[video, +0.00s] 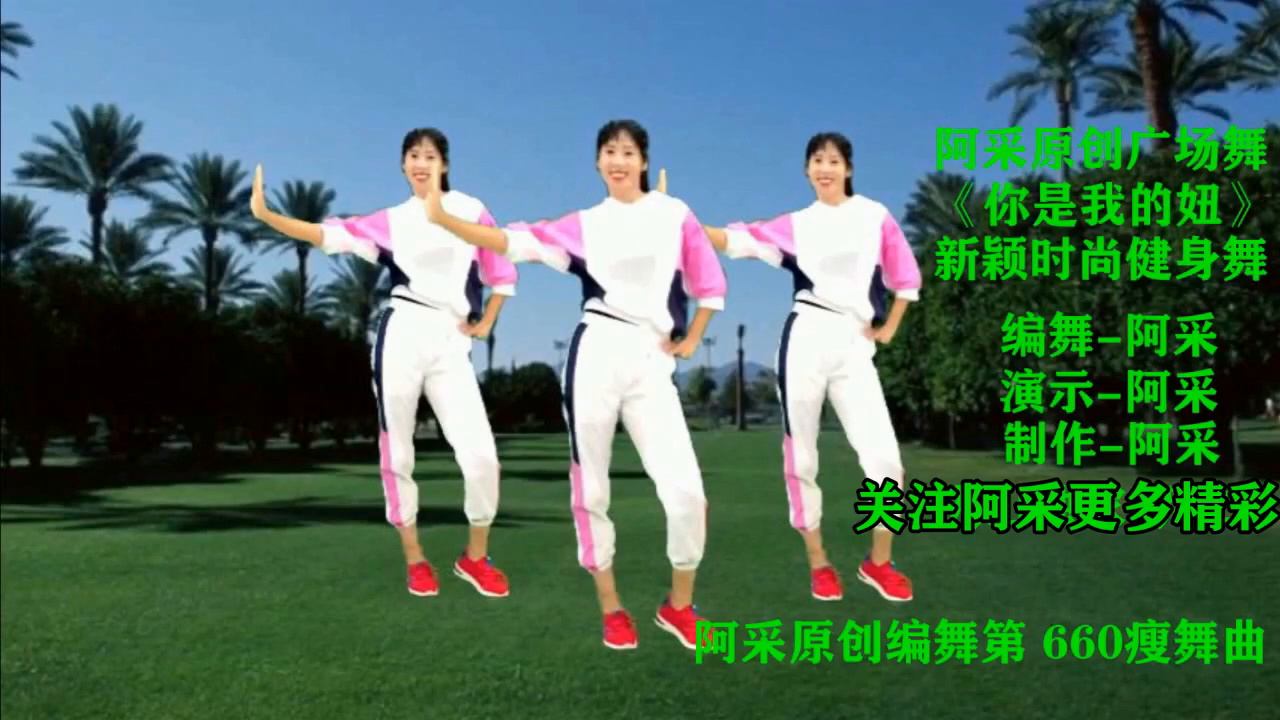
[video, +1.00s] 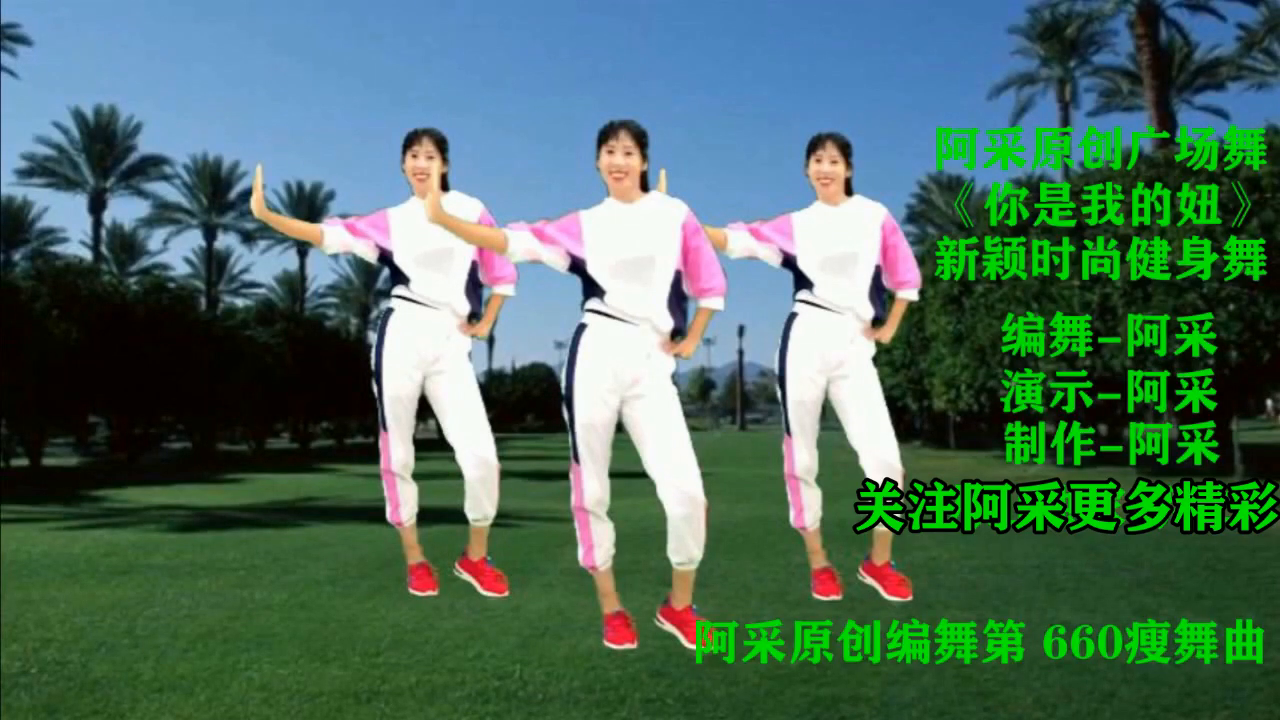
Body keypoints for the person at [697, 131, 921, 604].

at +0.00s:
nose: (825, 168)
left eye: (833, 161)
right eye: (818, 161)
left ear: (848, 169)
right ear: (807, 170)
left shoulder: (875, 217)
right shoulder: (797, 223)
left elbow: (907, 277)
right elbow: (734, 238)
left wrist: (888, 329)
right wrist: (682, 224)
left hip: (855, 340)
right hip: (807, 336)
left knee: (886, 459)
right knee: (802, 458)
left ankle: (879, 562)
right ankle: (819, 565)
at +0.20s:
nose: (825, 168)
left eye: (833, 161)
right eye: (818, 161)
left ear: (848, 169)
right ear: (807, 171)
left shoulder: (875, 217)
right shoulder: (797, 223)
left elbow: (907, 277)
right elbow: (734, 238)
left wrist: (888, 330)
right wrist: (682, 224)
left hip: (855, 340)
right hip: (807, 336)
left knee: (885, 458)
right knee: (802, 458)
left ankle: (879, 562)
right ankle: (819, 565)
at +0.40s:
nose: (825, 168)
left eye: (833, 161)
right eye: (818, 161)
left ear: (848, 169)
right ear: (807, 171)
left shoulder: (875, 217)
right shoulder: (797, 223)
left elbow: (907, 277)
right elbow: (734, 238)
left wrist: (888, 329)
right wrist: (682, 224)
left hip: (855, 340)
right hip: (806, 335)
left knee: (885, 458)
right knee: (802, 458)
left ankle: (879, 562)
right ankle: (819, 565)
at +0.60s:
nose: (825, 168)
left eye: (833, 161)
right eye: (818, 161)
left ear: (848, 169)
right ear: (807, 171)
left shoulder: (875, 217)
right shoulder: (797, 223)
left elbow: (907, 277)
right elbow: (734, 238)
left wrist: (888, 329)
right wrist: (682, 224)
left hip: (855, 340)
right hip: (806, 335)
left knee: (885, 458)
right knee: (802, 458)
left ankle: (879, 562)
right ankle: (819, 565)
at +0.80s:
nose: (825, 168)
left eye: (833, 161)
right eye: (818, 161)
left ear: (848, 169)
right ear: (807, 171)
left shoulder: (876, 217)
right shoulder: (797, 223)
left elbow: (907, 277)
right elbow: (734, 238)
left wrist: (888, 329)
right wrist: (682, 224)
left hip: (855, 340)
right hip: (806, 335)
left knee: (885, 458)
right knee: (802, 458)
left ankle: (879, 562)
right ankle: (819, 565)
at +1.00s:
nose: (825, 168)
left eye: (833, 161)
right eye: (818, 161)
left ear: (848, 169)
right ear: (807, 171)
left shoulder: (876, 217)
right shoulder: (797, 223)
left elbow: (907, 277)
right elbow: (734, 238)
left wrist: (888, 329)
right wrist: (682, 224)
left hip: (855, 340)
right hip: (806, 335)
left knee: (885, 458)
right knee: (802, 458)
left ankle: (879, 562)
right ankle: (819, 565)